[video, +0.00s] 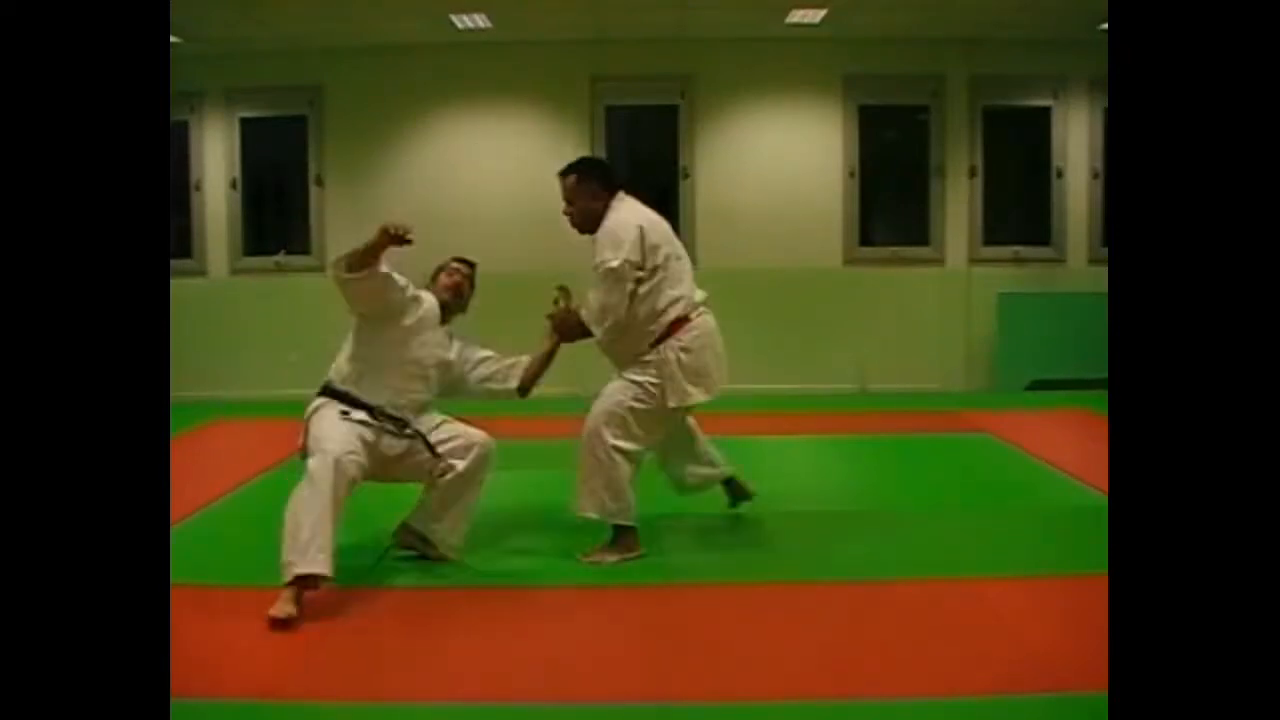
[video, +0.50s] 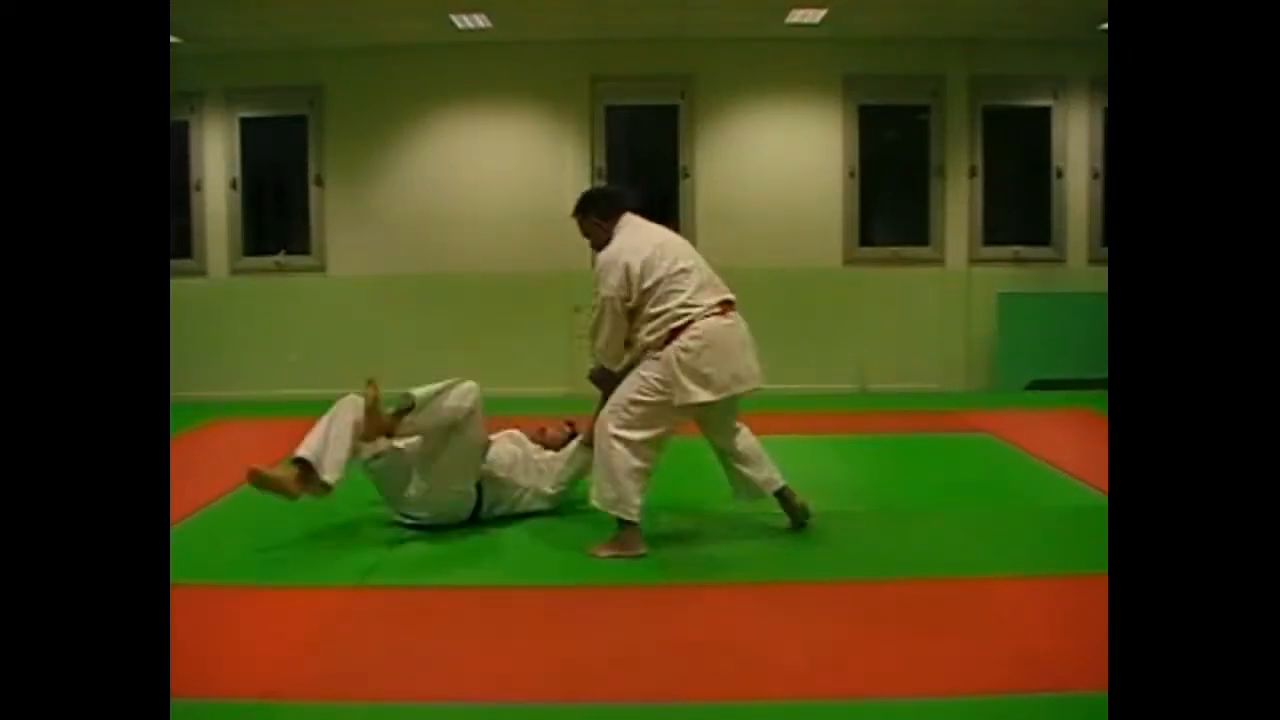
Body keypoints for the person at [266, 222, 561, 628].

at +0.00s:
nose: (457, 281)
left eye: (465, 279)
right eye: (450, 273)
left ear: (469, 300)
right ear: (432, 282)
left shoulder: (454, 352)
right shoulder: (401, 299)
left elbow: (520, 379)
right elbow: (352, 274)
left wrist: (555, 338)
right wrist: (377, 246)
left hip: (403, 431)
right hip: (346, 413)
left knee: (475, 446)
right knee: (332, 460)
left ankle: (419, 533)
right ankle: (296, 584)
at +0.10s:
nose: (471, 313)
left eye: (482, 315)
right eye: (469, 306)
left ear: (487, 338)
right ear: (455, 312)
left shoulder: (473, 378)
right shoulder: (414, 326)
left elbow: (535, 393)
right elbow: (383, 275)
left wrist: (576, 348)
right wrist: (419, 254)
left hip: (400, 456)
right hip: (348, 445)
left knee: (466, 443)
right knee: (322, 467)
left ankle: (422, 537)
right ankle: (294, 570)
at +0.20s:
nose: (480, 348)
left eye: (490, 350)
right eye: (479, 341)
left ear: (499, 366)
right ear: (468, 342)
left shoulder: (496, 401)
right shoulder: (434, 365)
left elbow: (553, 398)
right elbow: (399, 327)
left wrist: (586, 359)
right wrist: (459, 319)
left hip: (428, 464)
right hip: (381, 458)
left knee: (455, 432)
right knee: (327, 512)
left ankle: (415, 535)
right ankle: (268, 575)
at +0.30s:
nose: (479, 374)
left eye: (491, 373)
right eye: (480, 368)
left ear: (509, 389)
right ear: (473, 372)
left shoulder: (513, 419)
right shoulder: (446, 399)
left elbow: (560, 407)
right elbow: (397, 379)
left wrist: (587, 362)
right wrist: (431, 358)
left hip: (447, 500)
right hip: (401, 485)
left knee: (442, 425)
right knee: (348, 510)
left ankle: (406, 523)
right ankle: (281, 563)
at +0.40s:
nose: (516, 415)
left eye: (528, 415)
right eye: (517, 410)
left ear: (546, 431)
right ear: (510, 415)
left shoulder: (539, 463)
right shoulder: (479, 441)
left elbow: (576, 430)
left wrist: (596, 382)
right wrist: (399, 439)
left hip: (447, 502)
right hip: (400, 496)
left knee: (454, 406)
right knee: (342, 443)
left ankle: (392, 475)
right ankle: (307, 522)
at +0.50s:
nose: (547, 427)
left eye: (558, 431)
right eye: (551, 423)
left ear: (563, 449)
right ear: (538, 424)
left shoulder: (552, 479)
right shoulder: (501, 445)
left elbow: (590, 442)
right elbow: (453, 446)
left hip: (451, 500)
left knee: (468, 394)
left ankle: (389, 425)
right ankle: (303, 473)